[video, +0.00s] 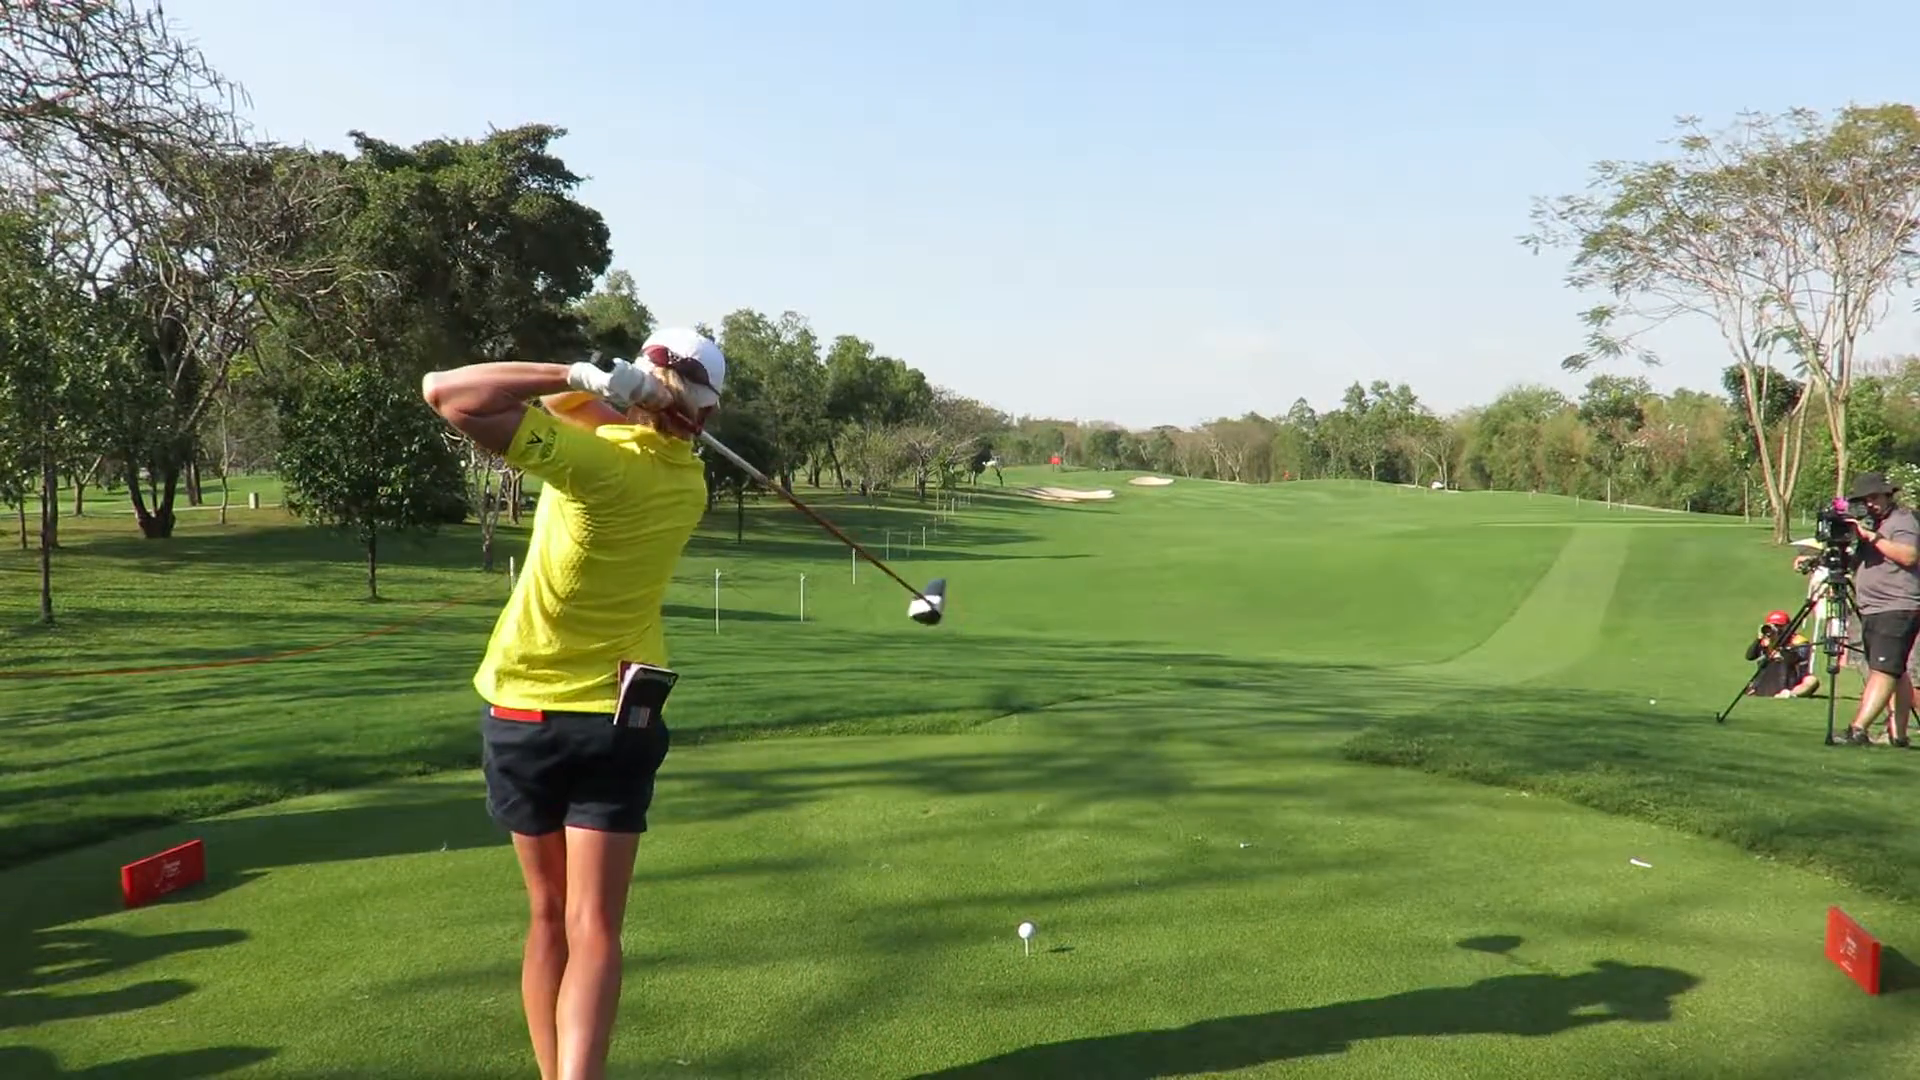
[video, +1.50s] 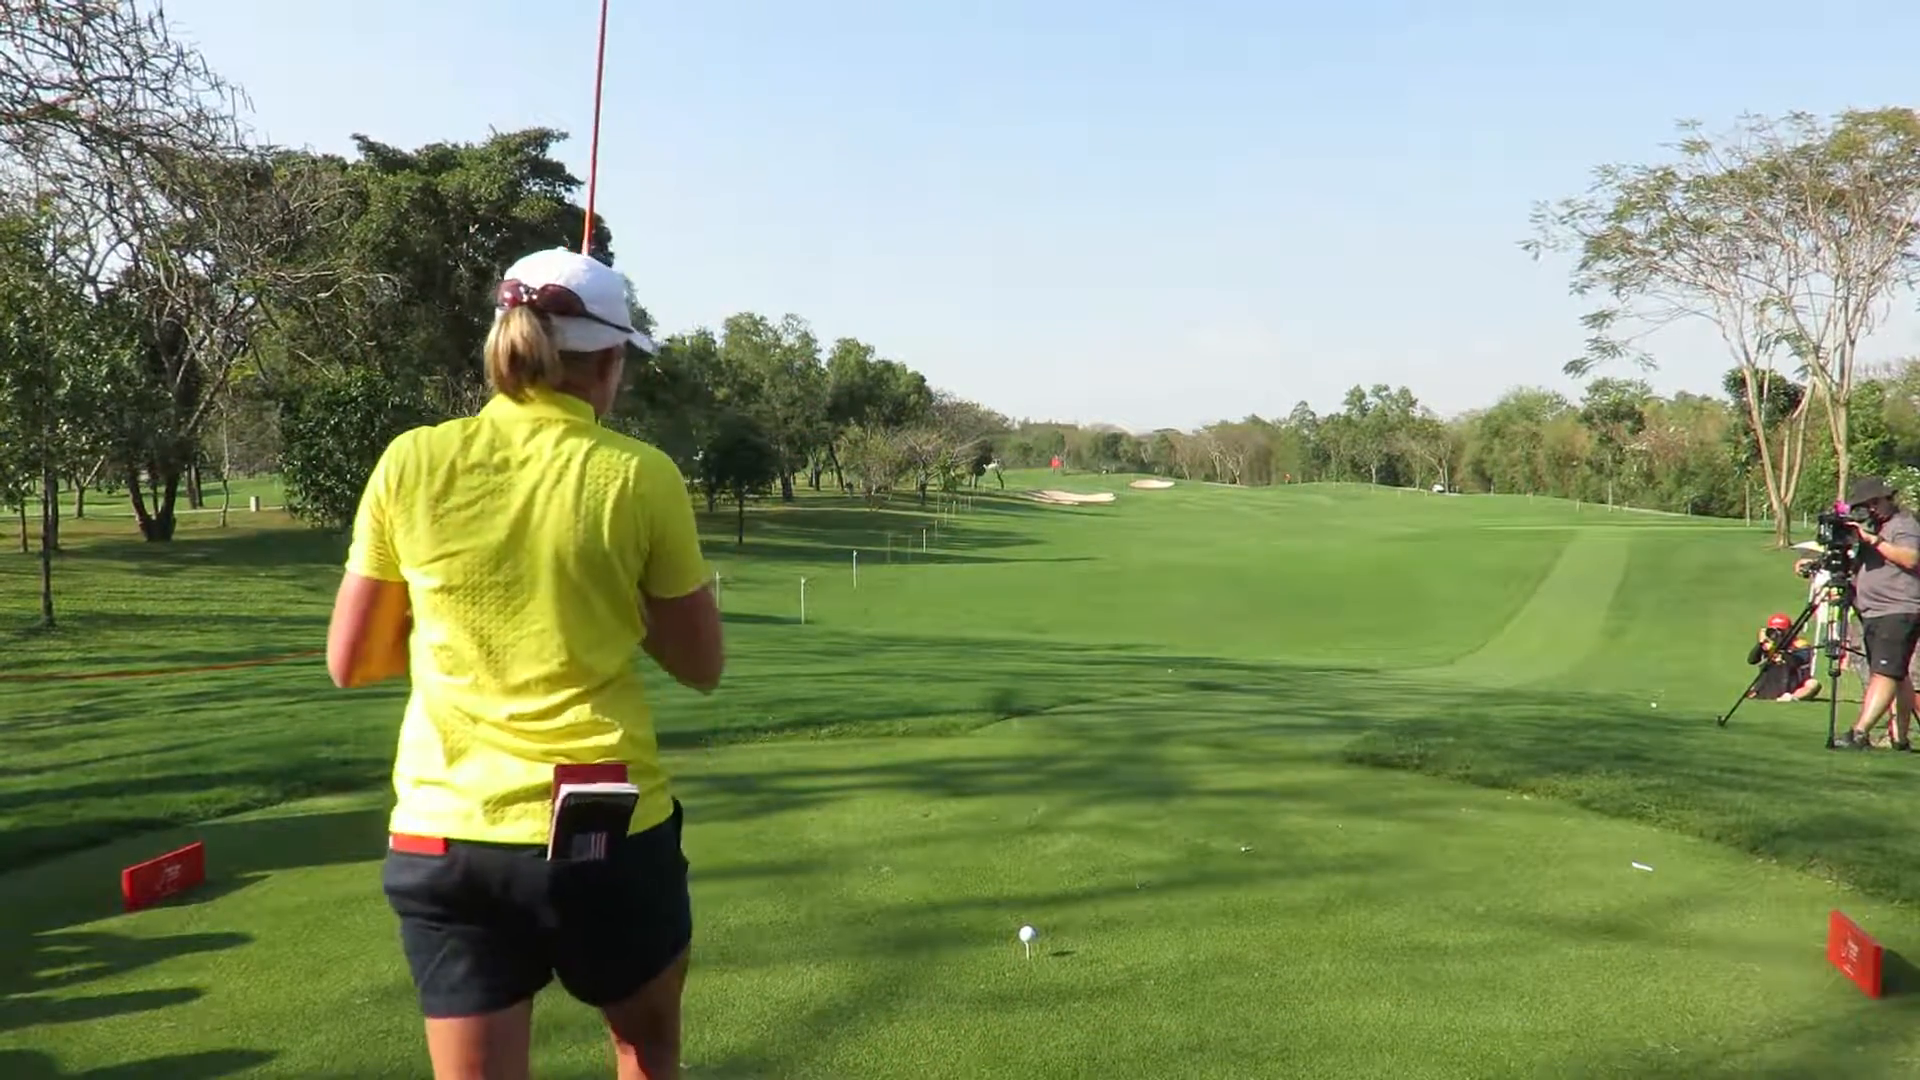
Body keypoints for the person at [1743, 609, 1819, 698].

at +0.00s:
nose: (1774, 631)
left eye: (1777, 628)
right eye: (1771, 628)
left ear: (1785, 627)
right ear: (1768, 628)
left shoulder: (1799, 642)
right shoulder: (1768, 642)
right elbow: (1750, 656)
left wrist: (1784, 655)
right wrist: (1759, 640)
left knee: (1812, 680)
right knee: (1750, 688)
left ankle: (1792, 693)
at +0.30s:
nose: (1773, 633)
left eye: (1777, 629)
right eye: (1770, 630)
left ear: (1786, 629)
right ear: (1767, 630)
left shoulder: (1799, 642)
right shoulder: (1767, 642)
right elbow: (1750, 656)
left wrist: (1784, 654)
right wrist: (1759, 640)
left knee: (1812, 680)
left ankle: (1792, 693)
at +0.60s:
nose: (1773, 634)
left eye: (1777, 630)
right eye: (1770, 630)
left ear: (1786, 630)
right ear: (1767, 630)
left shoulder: (1799, 643)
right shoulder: (1768, 642)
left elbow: (1796, 658)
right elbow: (1750, 657)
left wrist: (1782, 654)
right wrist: (1759, 641)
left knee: (1812, 681)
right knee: (1749, 689)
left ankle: (1791, 694)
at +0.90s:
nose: (1774, 635)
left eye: (1778, 631)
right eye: (1771, 631)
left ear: (1786, 630)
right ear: (1768, 631)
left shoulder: (1801, 645)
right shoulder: (1769, 644)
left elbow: (1794, 661)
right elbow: (1750, 659)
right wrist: (1758, 642)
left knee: (1812, 682)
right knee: (1750, 691)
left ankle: (1791, 696)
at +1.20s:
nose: (1775, 635)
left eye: (1778, 631)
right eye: (1771, 631)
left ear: (1787, 631)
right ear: (1768, 632)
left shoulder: (1801, 645)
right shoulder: (1768, 645)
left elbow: (1797, 661)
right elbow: (1751, 660)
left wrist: (1782, 655)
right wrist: (1760, 643)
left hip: (1792, 685)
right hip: (1770, 683)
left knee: (1813, 683)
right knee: (1750, 692)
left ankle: (1792, 697)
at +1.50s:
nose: (1775, 635)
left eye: (1779, 631)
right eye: (1771, 632)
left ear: (1788, 632)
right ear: (1767, 633)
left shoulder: (1801, 645)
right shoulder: (1769, 645)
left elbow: (1799, 661)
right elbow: (1752, 660)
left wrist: (1783, 656)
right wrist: (1761, 644)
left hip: (1792, 686)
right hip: (1769, 684)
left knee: (1814, 684)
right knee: (1750, 692)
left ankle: (1793, 697)